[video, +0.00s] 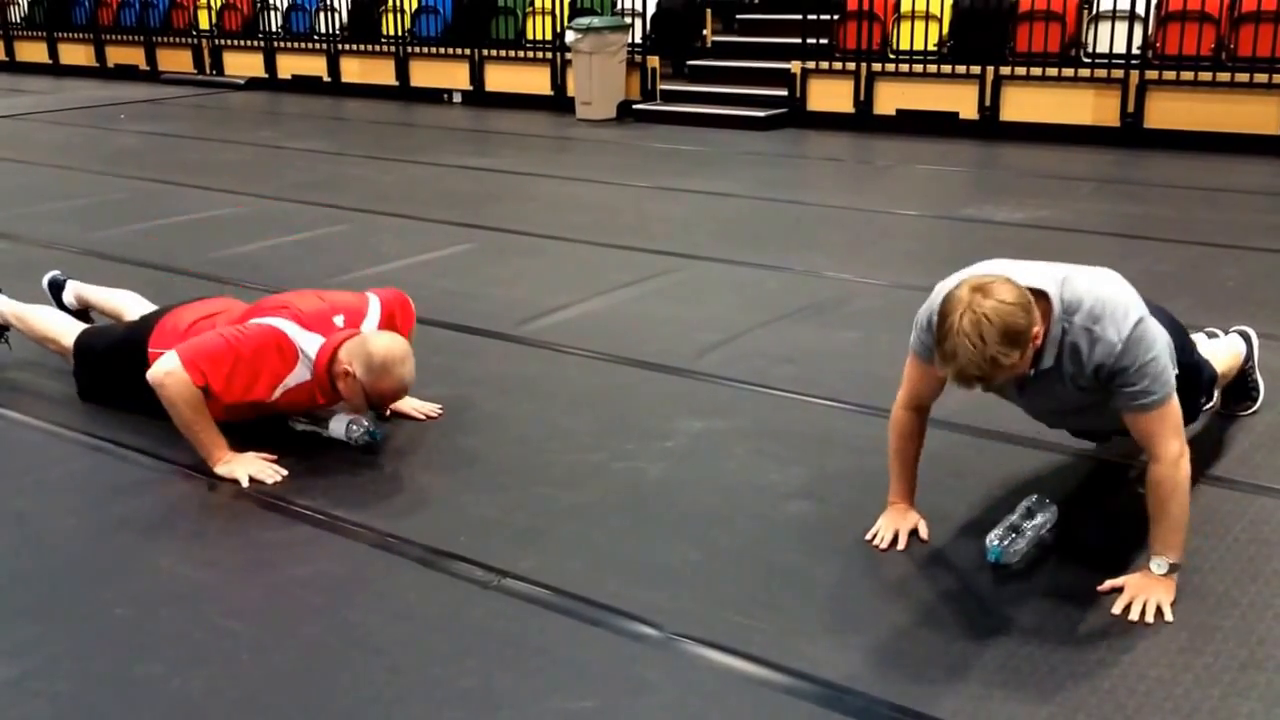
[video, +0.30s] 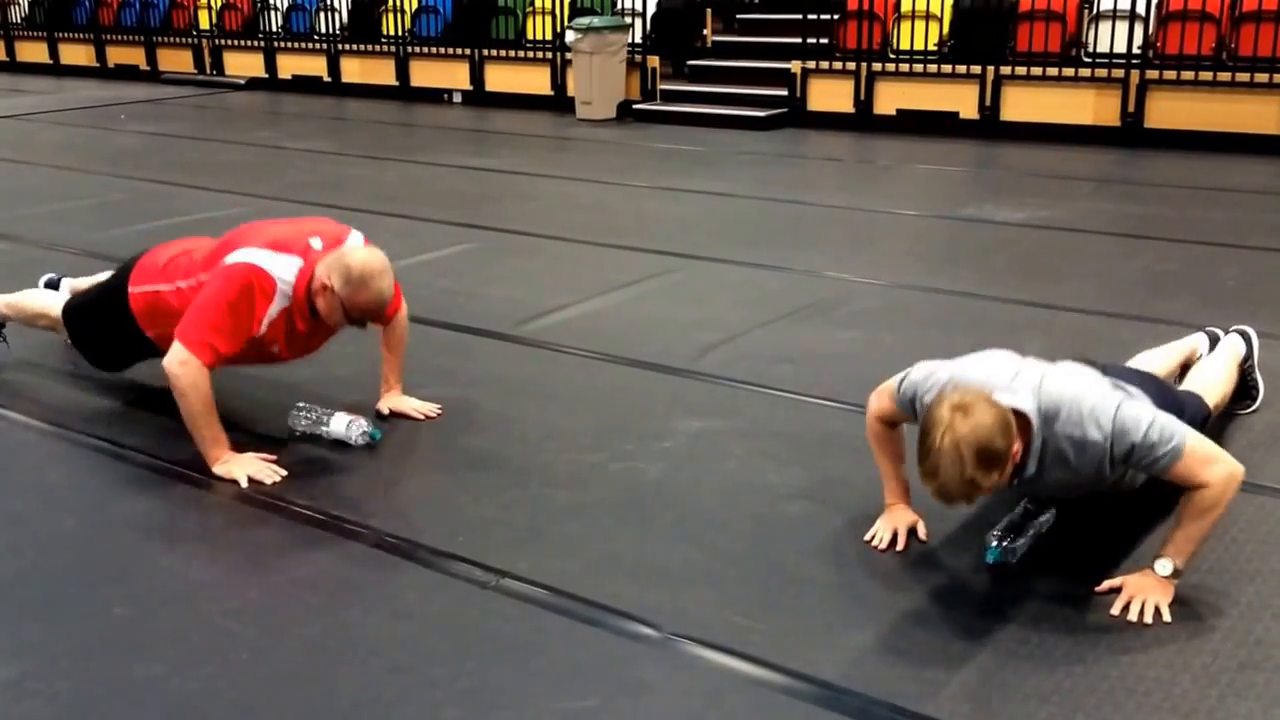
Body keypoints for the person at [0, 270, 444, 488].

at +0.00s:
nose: (369, 413)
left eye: (382, 407)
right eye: (365, 406)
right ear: (343, 374)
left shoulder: (388, 314)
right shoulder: (271, 350)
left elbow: (398, 310)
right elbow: (168, 378)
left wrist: (390, 393)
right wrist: (222, 457)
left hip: (223, 314)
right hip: (158, 344)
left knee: (143, 316)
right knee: (74, 342)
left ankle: (69, 290)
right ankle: (7, 308)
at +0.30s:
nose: (354, 325)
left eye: (366, 318)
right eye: (350, 315)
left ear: (386, 285)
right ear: (324, 287)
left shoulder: (362, 257)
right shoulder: (253, 281)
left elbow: (396, 314)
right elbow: (183, 366)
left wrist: (393, 389)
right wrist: (222, 456)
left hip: (196, 268)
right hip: (144, 299)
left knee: (118, 287)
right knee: (69, 316)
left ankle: (66, 288)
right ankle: (8, 305)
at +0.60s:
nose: (345, 311)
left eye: (358, 304)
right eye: (338, 301)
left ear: (372, 255)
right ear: (312, 270)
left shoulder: (351, 240)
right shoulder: (241, 264)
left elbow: (380, 309)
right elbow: (188, 358)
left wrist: (390, 389)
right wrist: (222, 457)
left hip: (181, 266)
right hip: (132, 290)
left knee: (105, 298)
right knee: (62, 313)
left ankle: (65, 292)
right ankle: (11, 304)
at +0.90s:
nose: (358, 406)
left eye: (371, 402)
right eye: (354, 399)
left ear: (398, 342)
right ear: (336, 368)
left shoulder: (383, 312)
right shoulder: (262, 344)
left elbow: (397, 312)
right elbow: (163, 380)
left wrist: (385, 391)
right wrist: (220, 458)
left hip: (216, 311)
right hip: (153, 342)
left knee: (139, 314)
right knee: (73, 341)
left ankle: (71, 290)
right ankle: (6, 307)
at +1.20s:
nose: (345, 342)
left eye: (357, 337)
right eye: (343, 333)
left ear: (379, 310)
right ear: (322, 301)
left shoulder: (362, 273)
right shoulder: (250, 295)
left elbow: (397, 316)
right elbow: (172, 370)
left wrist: (390, 391)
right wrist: (220, 457)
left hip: (192, 276)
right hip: (141, 308)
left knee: (123, 287)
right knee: (66, 319)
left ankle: (64, 285)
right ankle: (4, 308)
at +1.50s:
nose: (332, 296)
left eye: (346, 289)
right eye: (329, 285)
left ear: (363, 258)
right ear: (306, 251)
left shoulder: (340, 235)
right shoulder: (237, 253)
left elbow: (369, 305)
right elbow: (198, 354)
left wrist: (388, 390)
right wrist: (221, 456)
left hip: (175, 285)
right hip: (125, 285)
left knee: (97, 306)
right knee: (59, 309)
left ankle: (55, 292)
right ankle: (10, 303)